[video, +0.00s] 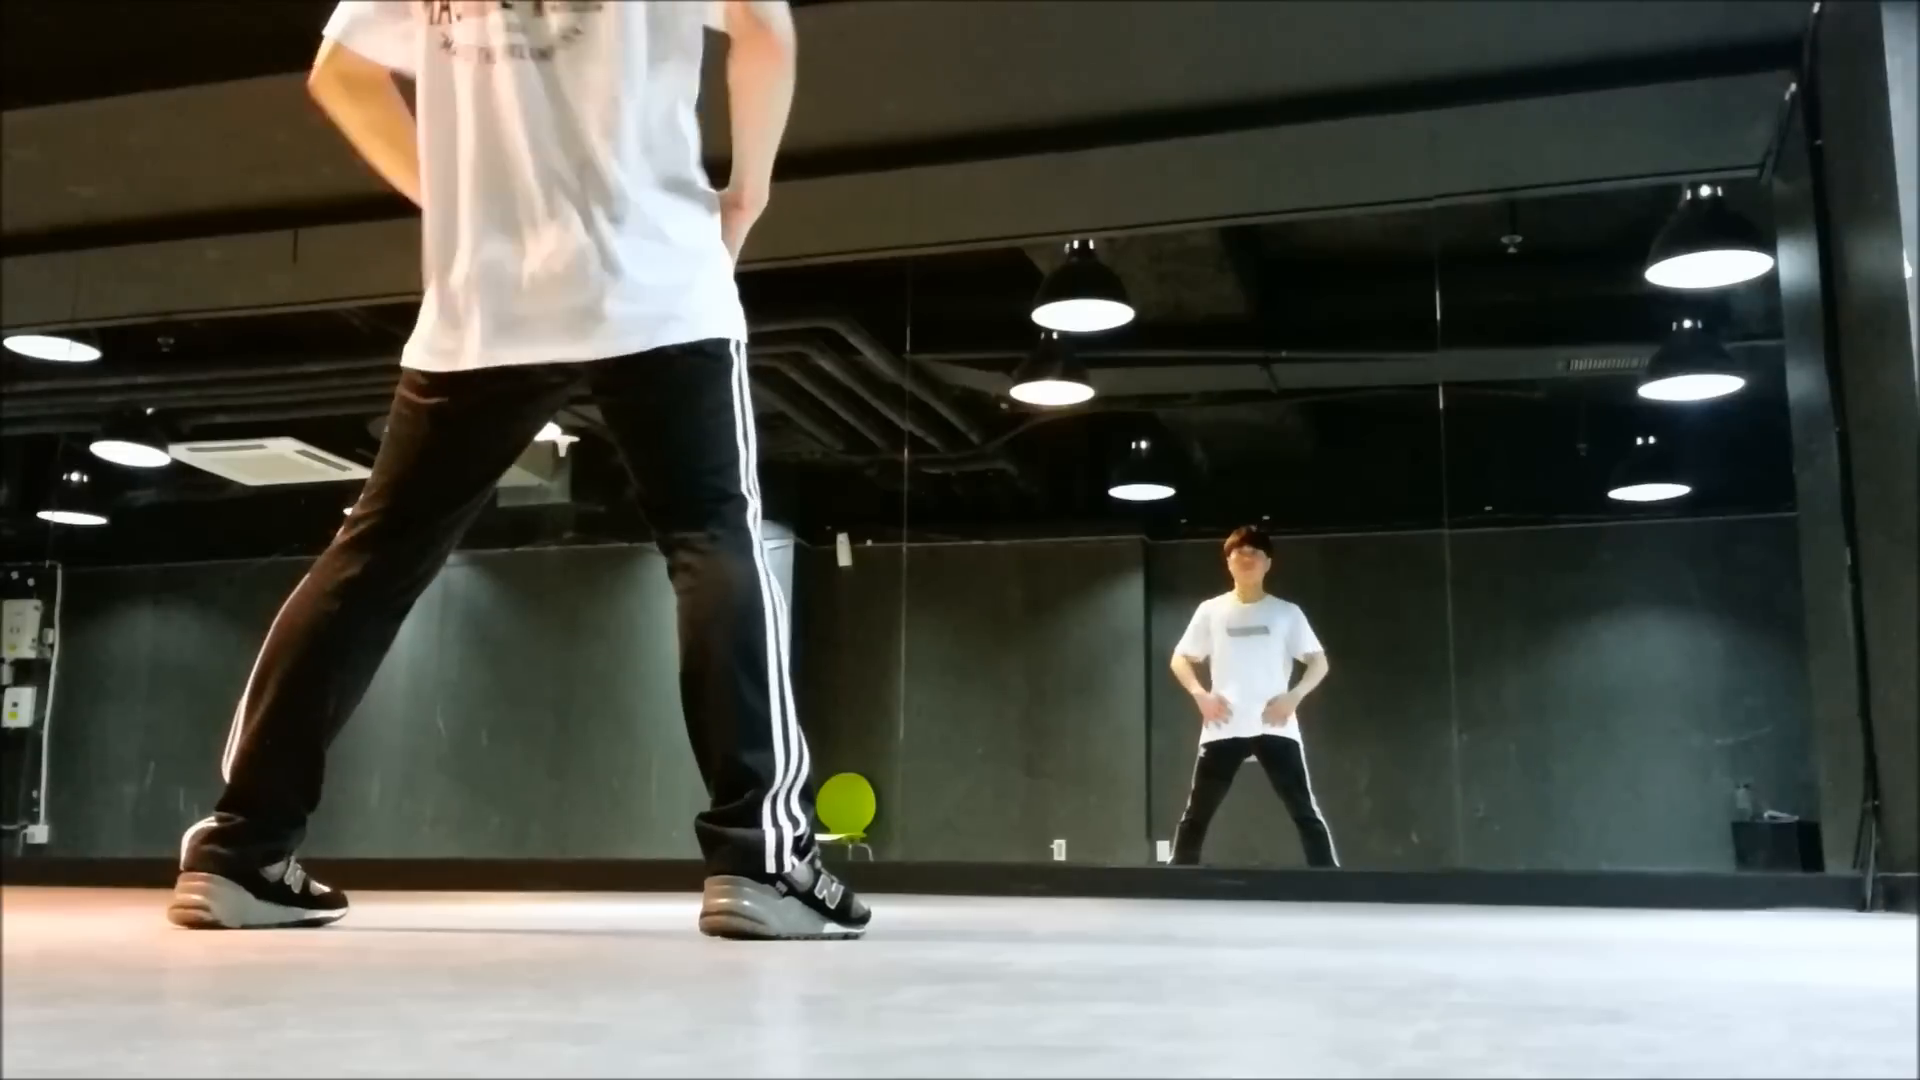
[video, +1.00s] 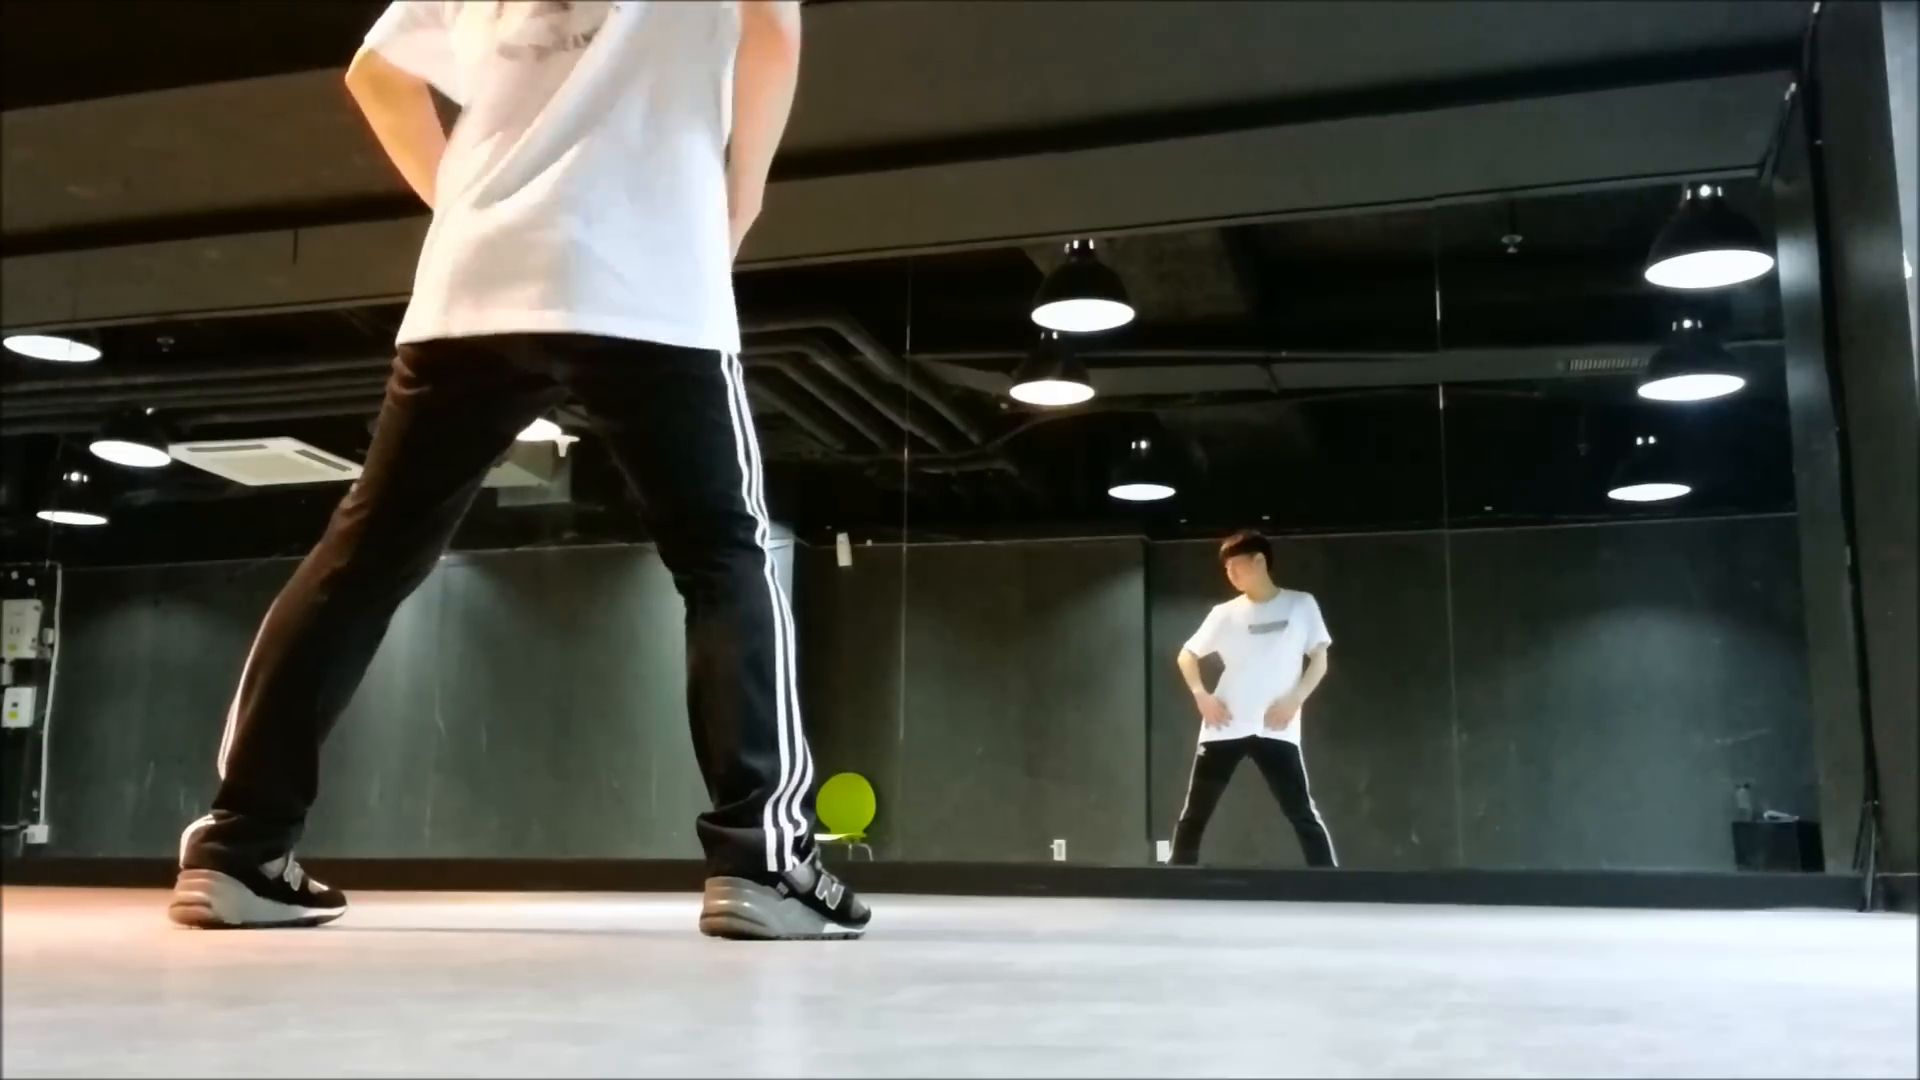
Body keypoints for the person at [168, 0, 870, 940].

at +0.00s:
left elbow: (343, 72)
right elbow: (762, 27)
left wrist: (458, 197)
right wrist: (748, 185)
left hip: (484, 272)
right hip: (654, 270)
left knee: (375, 553)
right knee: (717, 545)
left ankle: (238, 845)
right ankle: (762, 857)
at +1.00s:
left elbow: (379, 74)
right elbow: (771, 27)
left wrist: (474, 210)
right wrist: (741, 194)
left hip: (476, 260)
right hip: (646, 263)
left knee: (365, 553)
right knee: (725, 557)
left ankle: (235, 843)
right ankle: (762, 856)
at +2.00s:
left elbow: (358, 103)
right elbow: (761, 55)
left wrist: (477, 230)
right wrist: (774, 206)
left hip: (520, 286)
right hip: (680, 266)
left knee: (398, 555)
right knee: (738, 542)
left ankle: (243, 843)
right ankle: (762, 850)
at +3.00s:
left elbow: (368, 92)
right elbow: (772, 25)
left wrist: (472, 210)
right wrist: (773, 183)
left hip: (505, 264)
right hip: (679, 254)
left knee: (397, 558)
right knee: (739, 545)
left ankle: (243, 844)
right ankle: (763, 851)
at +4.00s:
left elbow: (355, 75)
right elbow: (752, 26)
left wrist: (464, 204)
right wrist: (758, 187)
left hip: (493, 271)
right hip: (661, 266)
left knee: (378, 554)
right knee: (719, 544)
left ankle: (241, 845)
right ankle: (760, 854)